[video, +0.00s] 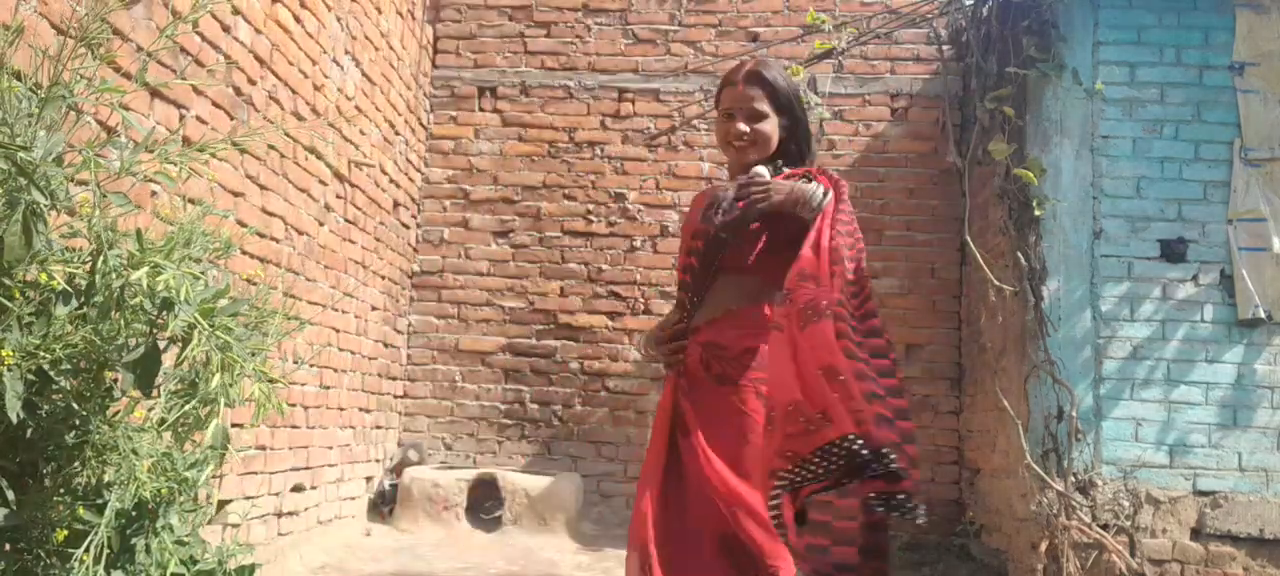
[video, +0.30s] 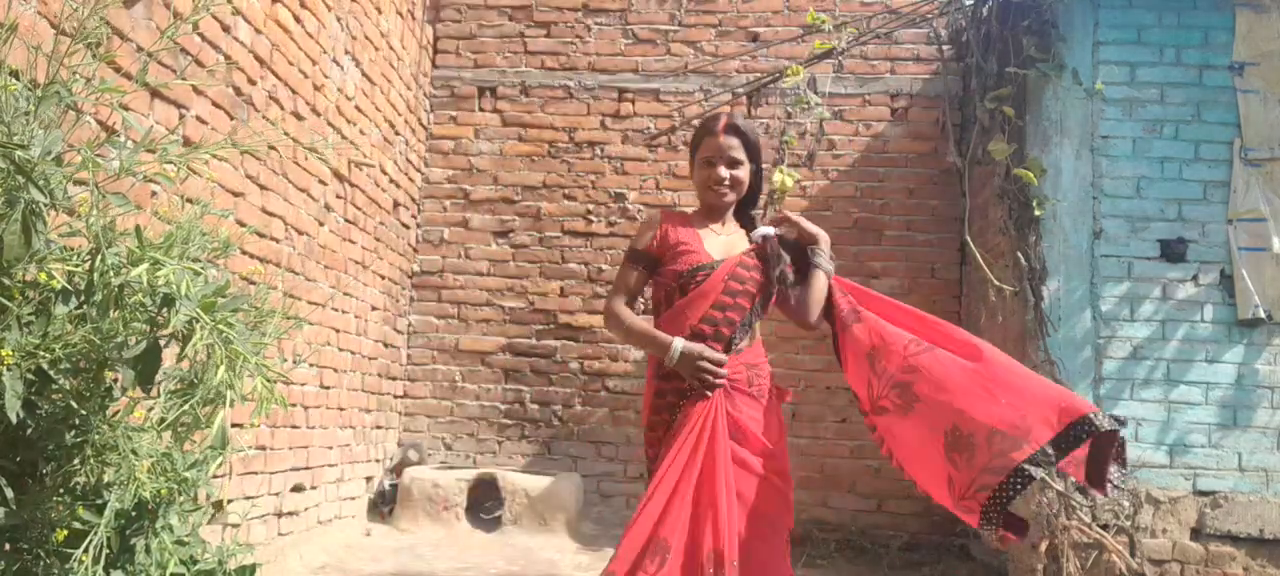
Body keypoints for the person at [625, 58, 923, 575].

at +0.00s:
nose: (739, 129)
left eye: (756, 116)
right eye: (727, 116)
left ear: (787, 125)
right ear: (715, 124)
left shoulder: (815, 191)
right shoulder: (708, 202)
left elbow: (845, 289)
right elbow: (693, 302)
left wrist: (812, 201)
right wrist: (661, 339)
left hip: (767, 377)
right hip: (697, 377)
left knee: (751, 525)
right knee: (682, 523)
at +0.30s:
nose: (719, 174)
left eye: (732, 164)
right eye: (709, 161)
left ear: (752, 174)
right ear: (691, 165)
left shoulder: (758, 241)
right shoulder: (662, 228)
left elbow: (807, 313)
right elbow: (615, 311)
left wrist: (820, 244)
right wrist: (670, 346)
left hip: (747, 389)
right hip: (679, 388)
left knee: (747, 529)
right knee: (683, 526)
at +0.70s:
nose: (699, 202)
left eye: (709, 192)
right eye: (687, 192)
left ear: (724, 196)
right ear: (671, 194)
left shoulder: (738, 251)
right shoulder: (654, 246)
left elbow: (816, 244)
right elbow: (624, 325)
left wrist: (758, 218)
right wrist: (695, 364)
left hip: (722, 389)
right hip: (665, 388)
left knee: (715, 501)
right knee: (667, 503)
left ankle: (715, 568)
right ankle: (666, 570)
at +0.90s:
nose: (691, 208)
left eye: (702, 198)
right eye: (681, 196)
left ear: (718, 196)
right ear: (664, 192)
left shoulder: (729, 245)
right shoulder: (642, 242)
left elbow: (788, 213)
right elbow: (616, 320)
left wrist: (751, 204)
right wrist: (678, 358)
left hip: (711, 386)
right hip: (654, 386)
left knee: (709, 497)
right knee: (653, 500)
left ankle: (707, 570)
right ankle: (652, 570)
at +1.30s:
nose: (682, 191)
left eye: (693, 180)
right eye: (671, 179)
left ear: (711, 184)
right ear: (654, 180)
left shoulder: (721, 238)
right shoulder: (631, 236)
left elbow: (769, 263)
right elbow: (596, 316)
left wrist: (756, 195)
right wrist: (621, 352)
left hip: (699, 393)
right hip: (636, 394)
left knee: (699, 510)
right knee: (635, 510)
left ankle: (699, 570)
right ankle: (637, 571)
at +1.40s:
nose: (680, 192)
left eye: (692, 182)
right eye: (669, 180)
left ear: (710, 189)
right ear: (652, 183)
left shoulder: (724, 248)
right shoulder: (627, 243)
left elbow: (754, 321)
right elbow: (594, 321)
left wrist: (755, 241)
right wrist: (598, 353)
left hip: (698, 404)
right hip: (632, 404)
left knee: (702, 531)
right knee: (631, 529)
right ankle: (637, 574)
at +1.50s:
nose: (681, 186)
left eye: (695, 178)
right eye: (672, 172)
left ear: (710, 188)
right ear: (653, 174)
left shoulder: (722, 244)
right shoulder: (621, 242)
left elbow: (761, 331)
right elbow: (588, 321)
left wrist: (739, 265)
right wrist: (594, 332)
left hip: (700, 401)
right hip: (632, 402)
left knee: (669, 519)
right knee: (624, 525)